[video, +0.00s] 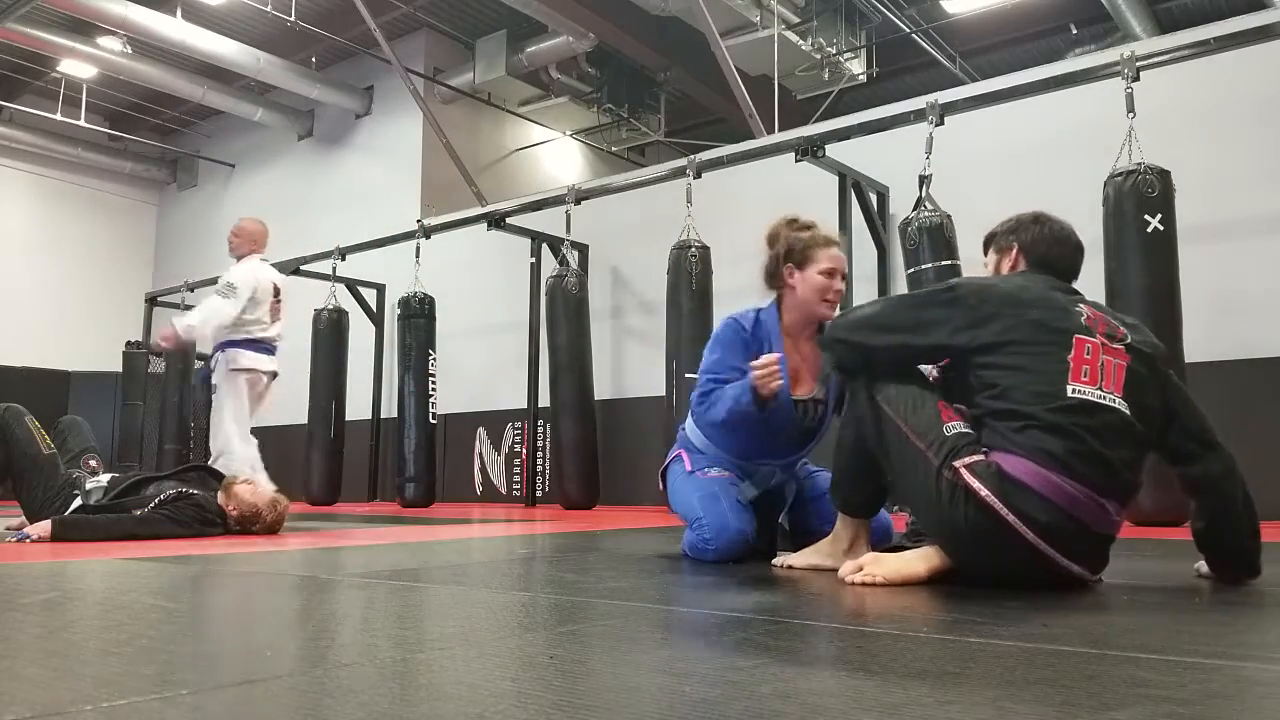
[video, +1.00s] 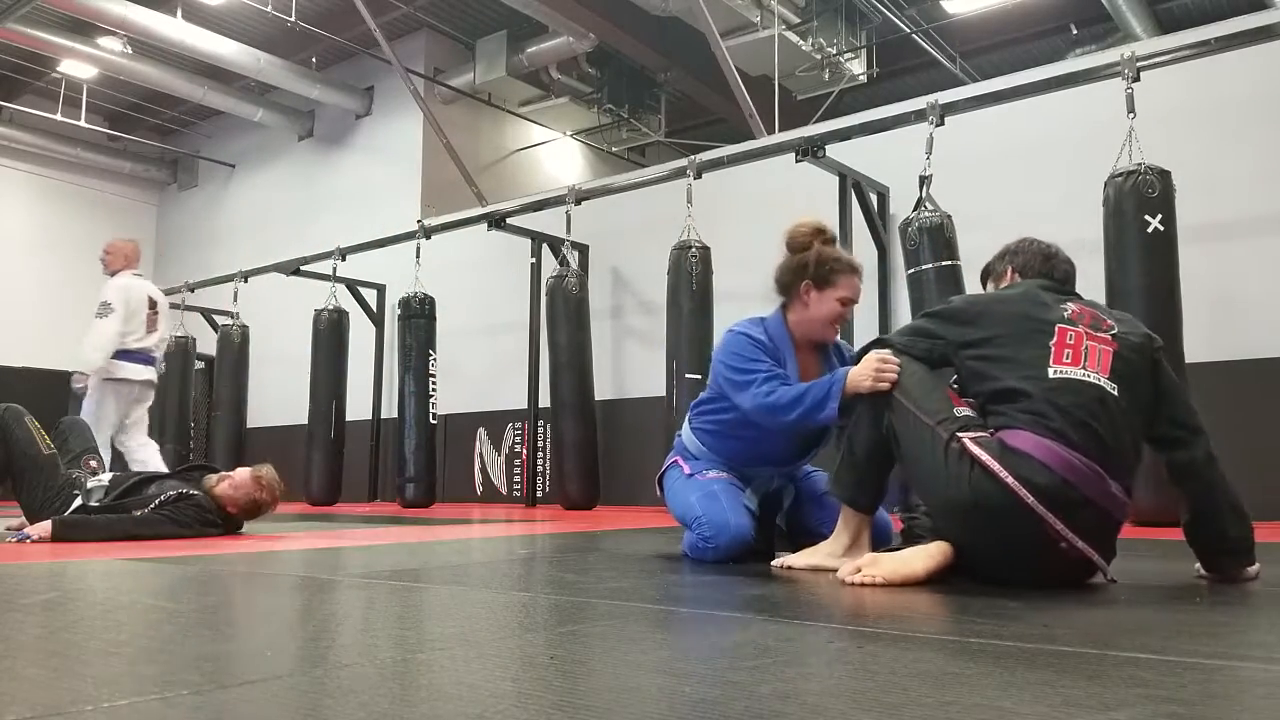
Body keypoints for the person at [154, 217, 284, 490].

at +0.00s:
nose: (229, 238)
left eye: (236, 235)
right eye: (231, 233)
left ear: (252, 243)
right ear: (257, 244)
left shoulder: (243, 273)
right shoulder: (273, 275)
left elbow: (219, 309)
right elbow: (270, 325)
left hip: (238, 361)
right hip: (264, 363)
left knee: (226, 431)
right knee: (237, 430)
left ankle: (234, 497)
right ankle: (262, 495)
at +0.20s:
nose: (205, 246)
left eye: (211, 243)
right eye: (206, 241)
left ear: (230, 249)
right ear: (232, 251)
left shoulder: (219, 276)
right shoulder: (248, 282)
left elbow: (184, 294)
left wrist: (133, 274)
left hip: (214, 364)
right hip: (239, 367)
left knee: (215, 436)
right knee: (213, 437)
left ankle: (228, 499)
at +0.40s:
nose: (185, 252)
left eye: (191, 247)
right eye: (186, 247)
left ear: (208, 253)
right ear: (211, 255)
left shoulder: (198, 279)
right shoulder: (228, 287)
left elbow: (178, 307)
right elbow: (233, 336)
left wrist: (122, 299)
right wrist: (224, 368)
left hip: (191, 369)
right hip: (215, 372)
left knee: (184, 440)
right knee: (191, 439)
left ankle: (212, 495)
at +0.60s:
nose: (162, 252)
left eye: (169, 248)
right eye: (163, 247)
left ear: (187, 254)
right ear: (189, 256)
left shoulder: (174, 282)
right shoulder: (205, 285)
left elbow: (163, 330)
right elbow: (212, 337)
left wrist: (147, 374)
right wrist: (201, 364)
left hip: (172, 374)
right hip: (197, 375)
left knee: (133, 437)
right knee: (187, 446)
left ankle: (162, 491)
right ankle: (190, 498)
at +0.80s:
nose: (136, 257)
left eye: (142, 253)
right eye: (137, 253)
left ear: (159, 259)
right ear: (162, 261)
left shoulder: (150, 285)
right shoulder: (181, 290)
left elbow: (143, 331)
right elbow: (187, 339)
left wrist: (121, 368)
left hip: (148, 374)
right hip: (175, 376)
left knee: (120, 439)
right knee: (175, 443)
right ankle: (188, 497)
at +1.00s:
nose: (102, 258)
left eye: (108, 254)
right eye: (103, 253)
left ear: (126, 257)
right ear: (130, 260)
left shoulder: (117, 286)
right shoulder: (156, 292)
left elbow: (105, 332)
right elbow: (161, 339)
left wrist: (84, 370)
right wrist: (149, 368)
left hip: (114, 374)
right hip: (145, 377)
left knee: (93, 436)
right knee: (134, 438)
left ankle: (93, 500)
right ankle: (165, 490)